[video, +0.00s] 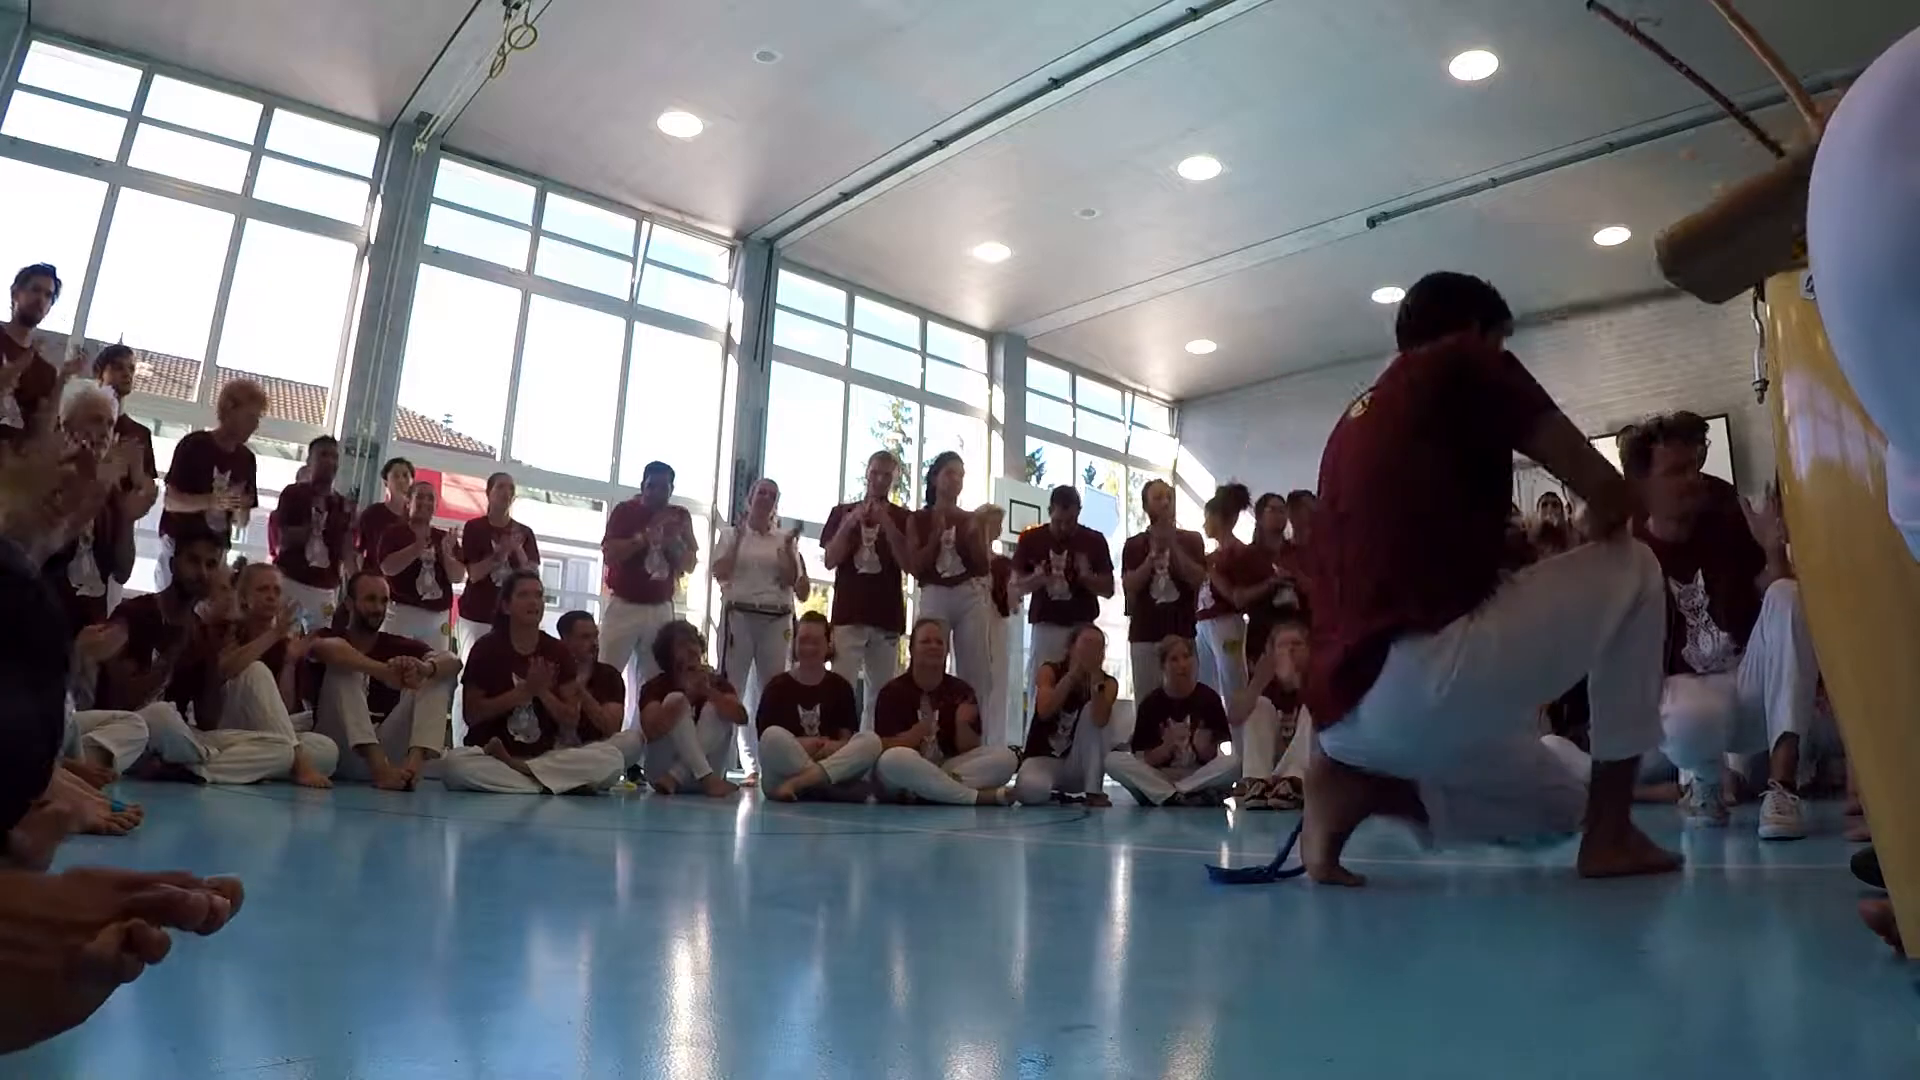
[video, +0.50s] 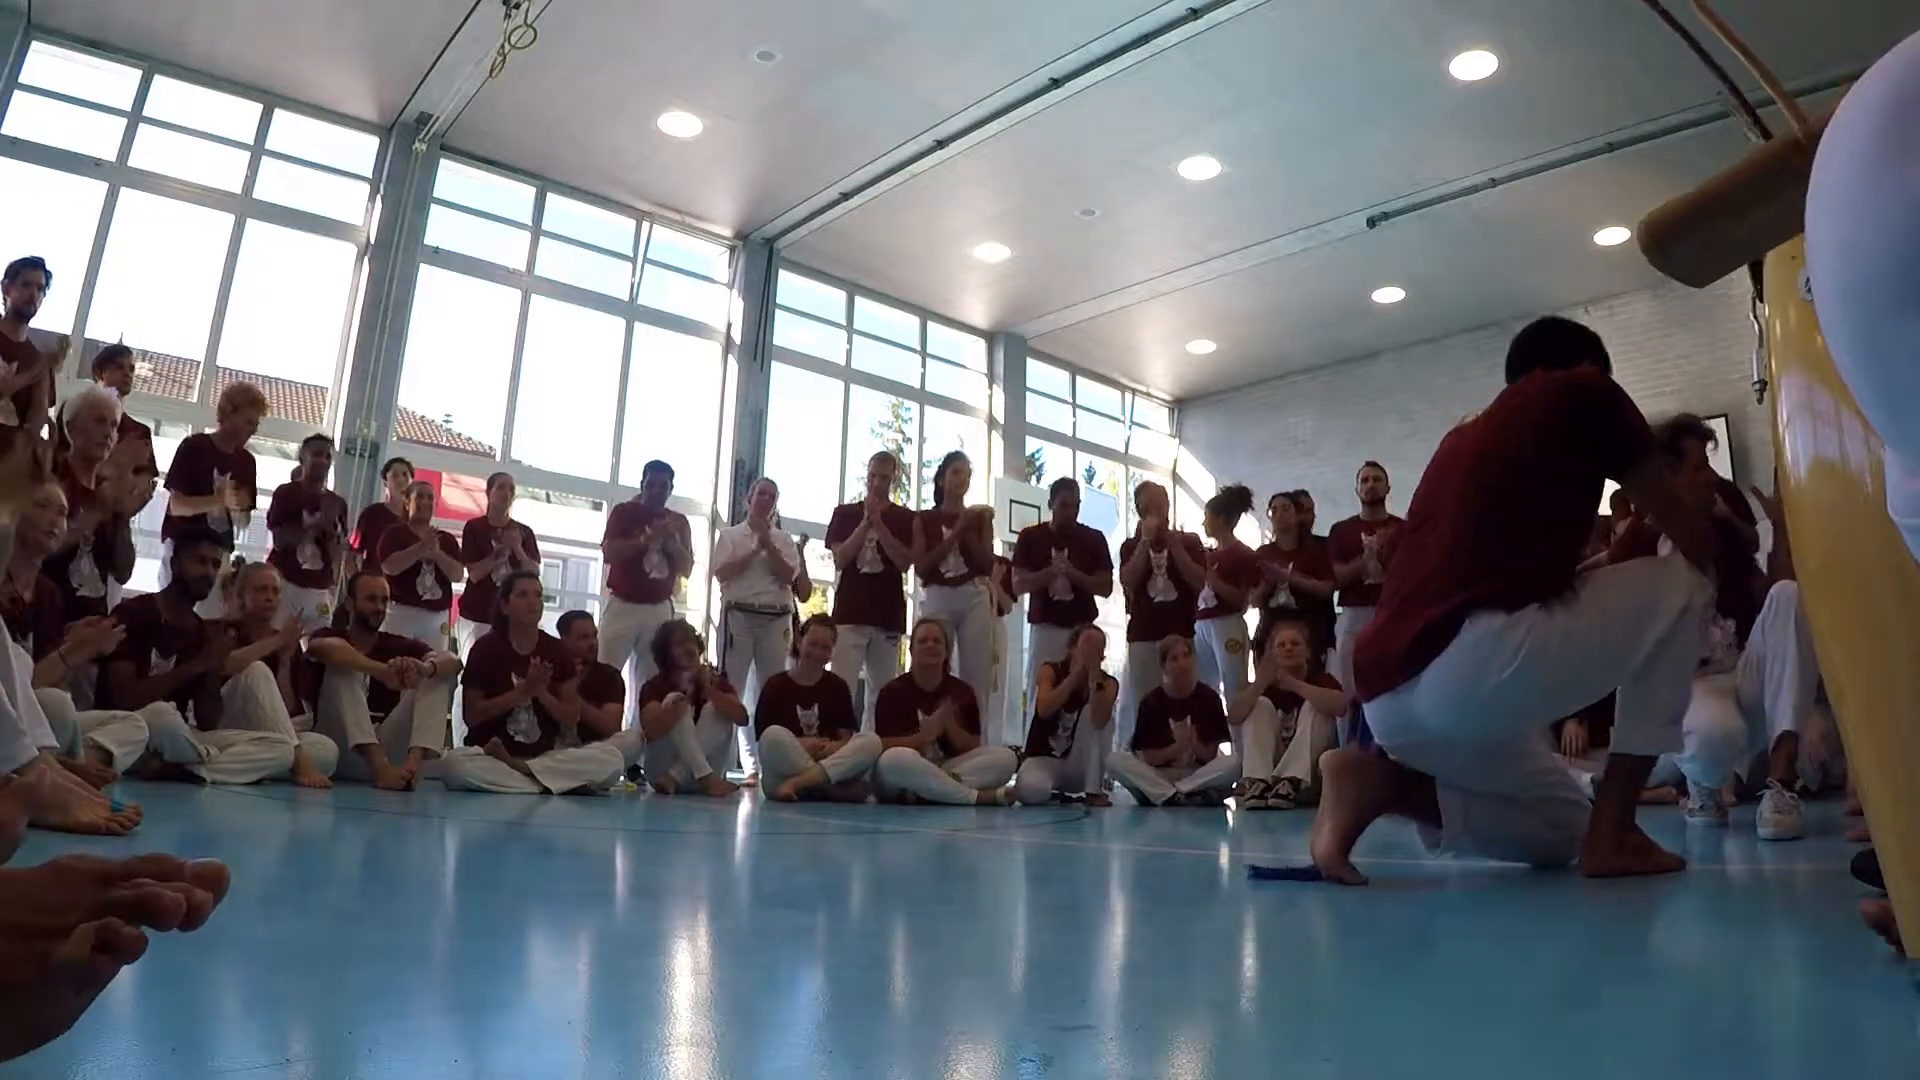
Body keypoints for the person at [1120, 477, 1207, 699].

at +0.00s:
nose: (1165, 502)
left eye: (1169, 497)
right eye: (1158, 497)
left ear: (1174, 502)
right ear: (1146, 506)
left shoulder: (1192, 540)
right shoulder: (1134, 544)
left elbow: (1197, 579)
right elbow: (1130, 586)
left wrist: (1174, 545)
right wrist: (1150, 558)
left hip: (1183, 630)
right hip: (1145, 631)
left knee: (1184, 697)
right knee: (1146, 700)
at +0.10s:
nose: (1166, 502)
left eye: (1169, 497)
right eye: (1158, 498)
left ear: (1174, 502)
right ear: (1146, 506)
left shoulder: (1192, 539)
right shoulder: (1134, 544)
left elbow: (1199, 580)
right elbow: (1130, 587)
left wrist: (1178, 544)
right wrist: (1147, 551)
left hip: (1184, 629)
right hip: (1145, 630)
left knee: (1184, 697)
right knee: (1146, 700)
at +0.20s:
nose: (1164, 504)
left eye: (1168, 498)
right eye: (1157, 499)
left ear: (1174, 502)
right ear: (1145, 507)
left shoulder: (1192, 540)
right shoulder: (1134, 545)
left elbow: (1199, 580)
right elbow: (1131, 587)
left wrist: (1169, 546)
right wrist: (1156, 557)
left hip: (1184, 631)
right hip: (1145, 634)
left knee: (1185, 696)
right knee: (1145, 700)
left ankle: (1189, 757)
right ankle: (1145, 760)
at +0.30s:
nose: (1163, 504)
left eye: (1168, 499)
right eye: (1156, 500)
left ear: (1174, 503)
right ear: (1144, 507)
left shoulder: (1191, 540)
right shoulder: (1135, 545)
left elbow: (1199, 580)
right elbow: (1129, 587)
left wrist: (1172, 545)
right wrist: (1153, 552)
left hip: (1182, 630)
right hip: (1145, 633)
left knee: (1184, 695)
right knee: (1145, 699)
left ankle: (1187, 755)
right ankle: (1143, 756)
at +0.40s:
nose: (1158, 507)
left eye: (1163, 501)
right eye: (1151, 502)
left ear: (1172, 505)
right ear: (1141, 509)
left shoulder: (1190, 541)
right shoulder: (1133, 546)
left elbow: (1198, 580)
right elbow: (1128, 585)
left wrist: (1175, 544)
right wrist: (1147, 547)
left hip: (1183, 632)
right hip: (1144, 634)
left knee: (1185, 697)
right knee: (1144, 701)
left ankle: (1189, 759)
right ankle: (1141, 763)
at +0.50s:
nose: (1158, 514)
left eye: (1163, 507)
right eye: (1150, 509)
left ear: (1169, 506)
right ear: (1139, 511)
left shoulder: (1189, 542)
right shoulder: (1130, 546)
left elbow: (1199, 582)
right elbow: (1129, 582)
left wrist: (1176, 547)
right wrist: (1145, 542)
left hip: (1181, 632)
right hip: (1143, 634)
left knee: (1184, 700)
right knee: (1143, 702)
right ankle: (1139, 764)